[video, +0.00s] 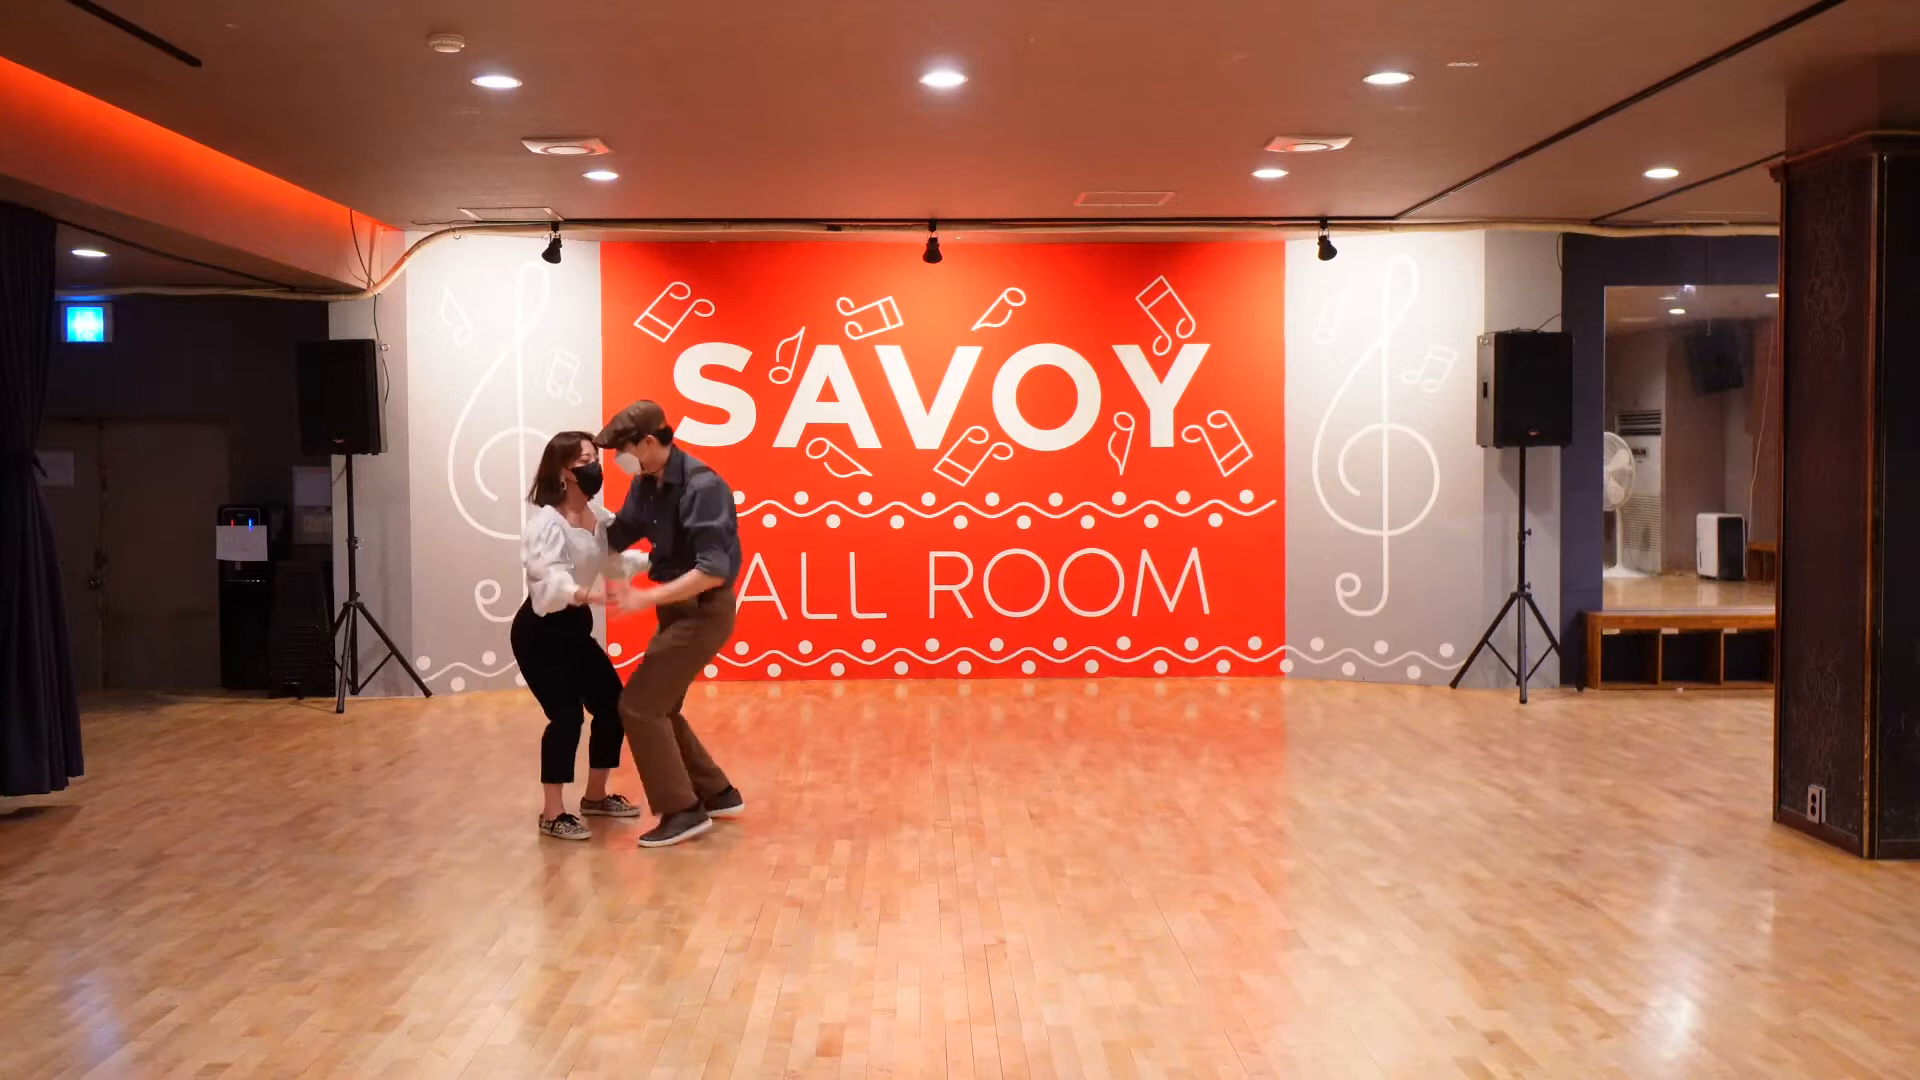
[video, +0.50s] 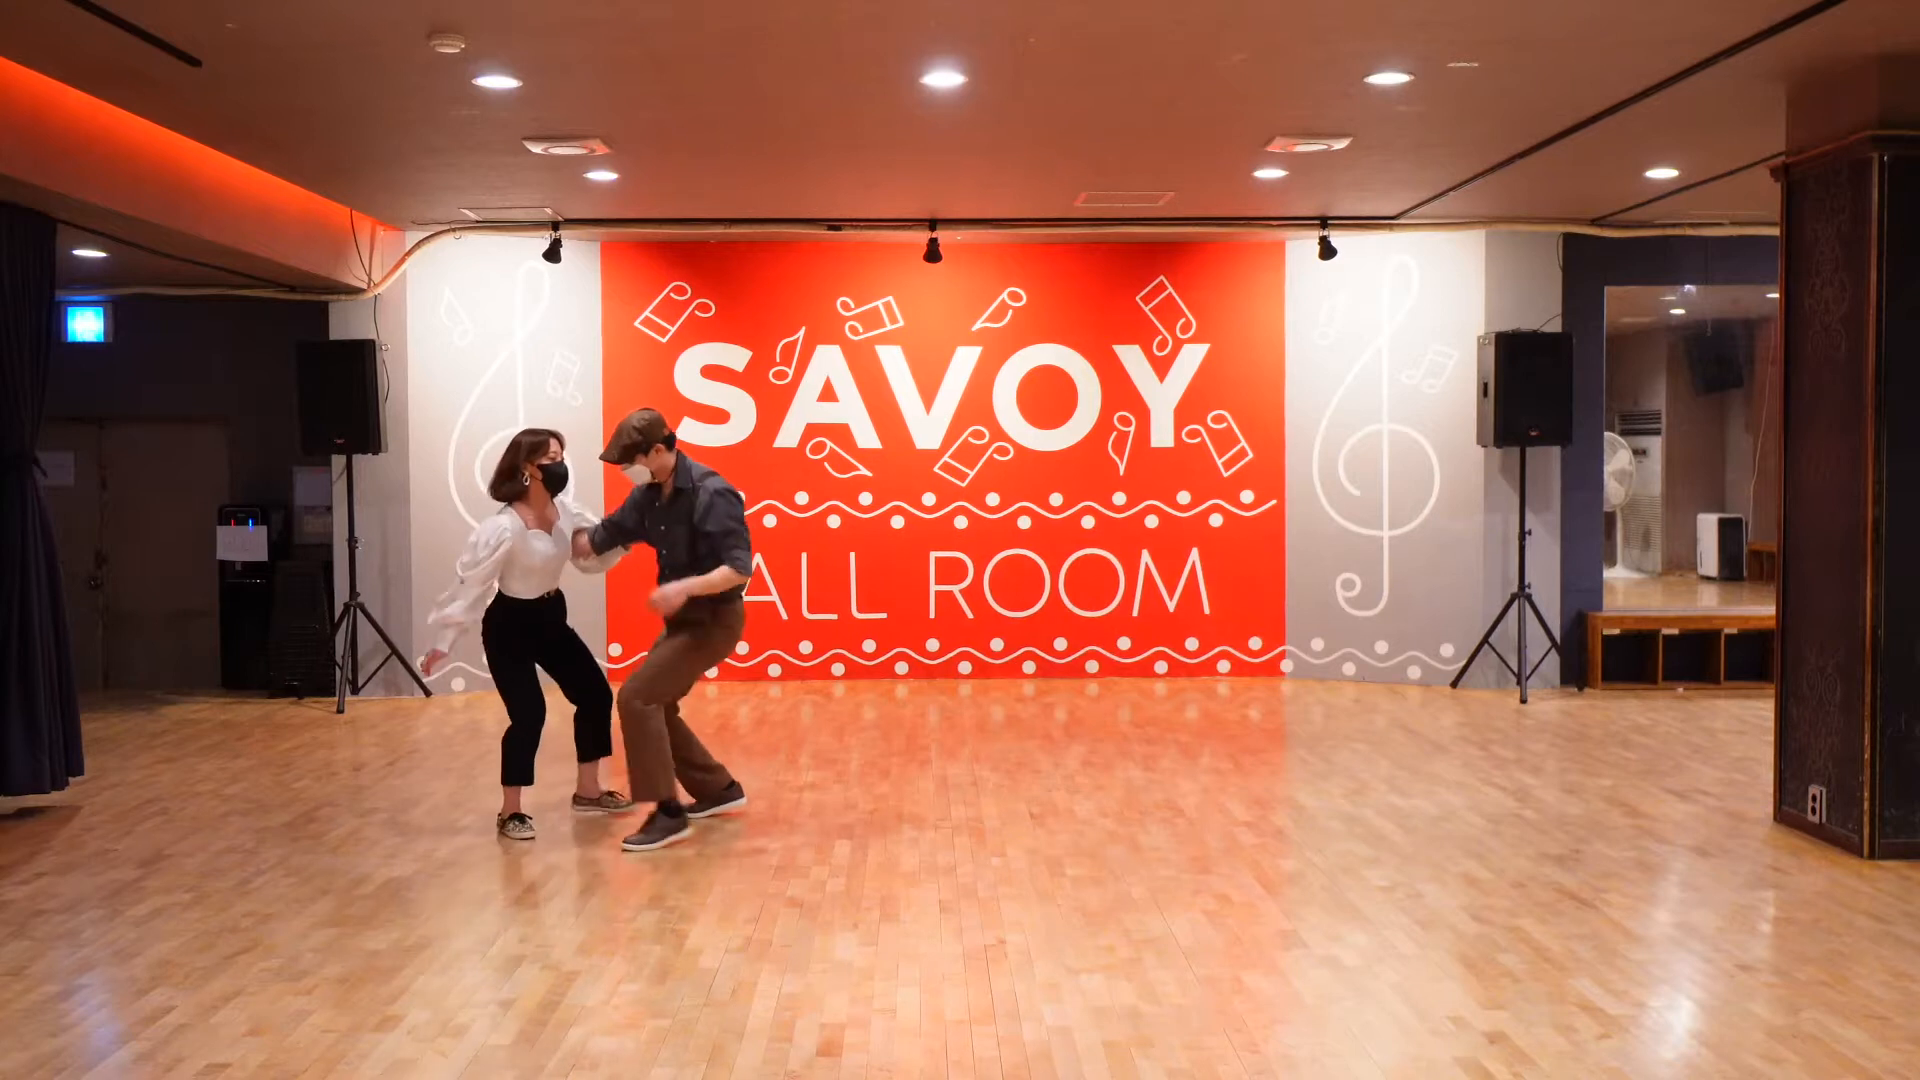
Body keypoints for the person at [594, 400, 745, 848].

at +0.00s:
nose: (628, 461)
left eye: (630, 450)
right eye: (623, 453)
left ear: (653, 441)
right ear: (642, 446)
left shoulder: (703, 486)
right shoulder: (647, 484)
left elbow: (714, 570)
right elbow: (614, 539)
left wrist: (645, 596)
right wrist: (574, 505)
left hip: (707, 610)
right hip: (675, 609)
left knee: (639, 705)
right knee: (656, 707)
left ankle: (682, 810)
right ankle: (716, 791)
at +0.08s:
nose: (631, 456)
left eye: (634, 446)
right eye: (626, 449)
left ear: (656, 436)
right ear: (641, 442)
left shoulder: (701, 477)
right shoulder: (642, 477)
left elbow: (720, 558)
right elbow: (613, 528)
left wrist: (681, 618)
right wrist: (573, 507)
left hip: (715, 594)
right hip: (679, 593)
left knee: (645, 683)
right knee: (665, 698)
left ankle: (658, 799)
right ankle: (716, 788)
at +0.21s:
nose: (625, 458)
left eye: (628, 449)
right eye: (623, 451)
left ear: (652, 438)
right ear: (644, 442)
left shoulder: (694, 472)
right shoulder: (642, 476)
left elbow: (727, 548)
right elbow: (605, 527)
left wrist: (721, 619)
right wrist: (561, 508)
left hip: (716, 588)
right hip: (685, 587)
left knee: (665, 692)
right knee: (664, 692)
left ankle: (618, 807)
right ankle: (719, 789)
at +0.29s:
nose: (626, 463)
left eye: (629, 454)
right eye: (624, 456)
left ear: (654, 443)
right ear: (645, 446)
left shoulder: (699, 479)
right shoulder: (641, 481)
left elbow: (743, 550)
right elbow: (603, 532)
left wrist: (722, 617)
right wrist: (588, 528)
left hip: (716, 603)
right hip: (683, 600)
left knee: (668, 706)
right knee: (659, 703)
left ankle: (613, 812)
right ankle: (720, 790)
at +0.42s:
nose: (628, 467)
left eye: (632, 457)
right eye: (625, 459)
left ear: (658, 446)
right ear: (647, 450)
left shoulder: (712, 489)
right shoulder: (644, 490)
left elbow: (750, 562)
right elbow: (598, 535)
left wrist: (702, 607)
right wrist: (579, 535)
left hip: (722, 608)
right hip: (685, 607)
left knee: (647, 689)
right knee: (662, 703)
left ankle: (630, 809)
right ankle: (718, 789)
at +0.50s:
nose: (629, 471)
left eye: (632, 461)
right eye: (626, 463)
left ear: (659, 450)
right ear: (649, 454)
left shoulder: (712, 493)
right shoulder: (648, 497)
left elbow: (739, 569)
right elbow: (600, 538)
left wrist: (684, 587)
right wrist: (576, 538)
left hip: (716, 617)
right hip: (684, 616)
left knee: (636, 697)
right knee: (654, 706)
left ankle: (669, 810)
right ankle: (717, 787)